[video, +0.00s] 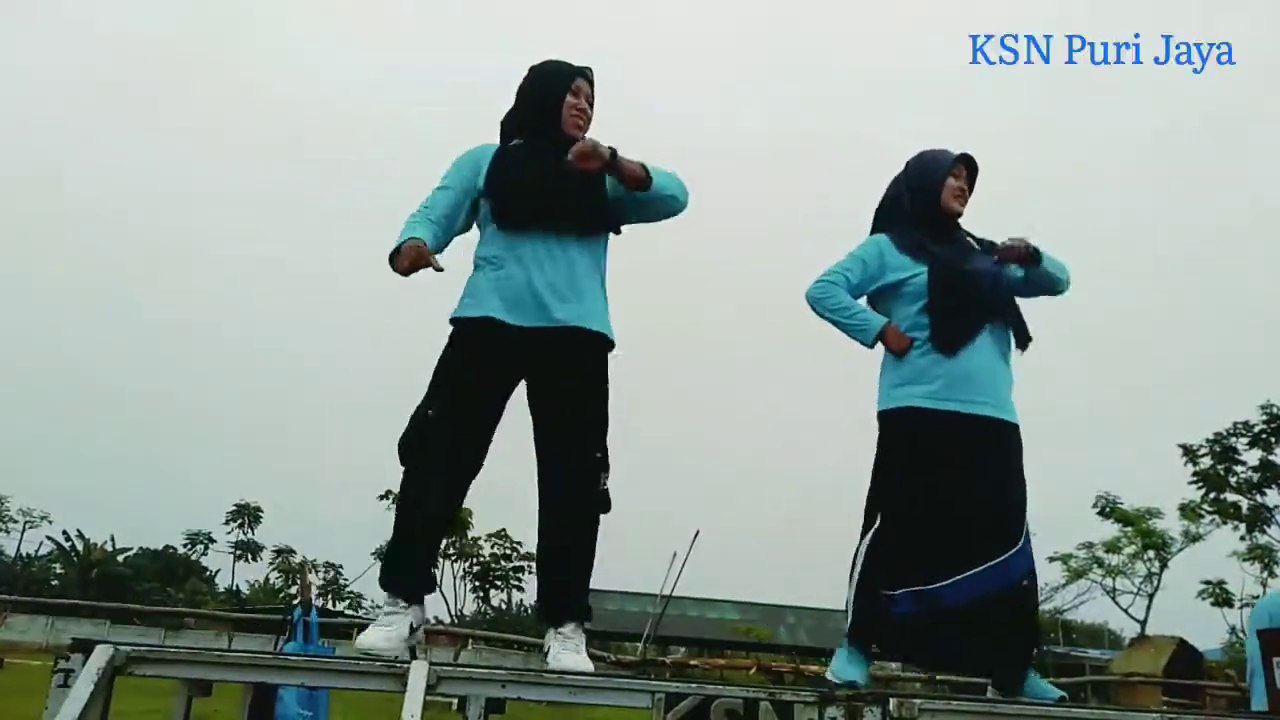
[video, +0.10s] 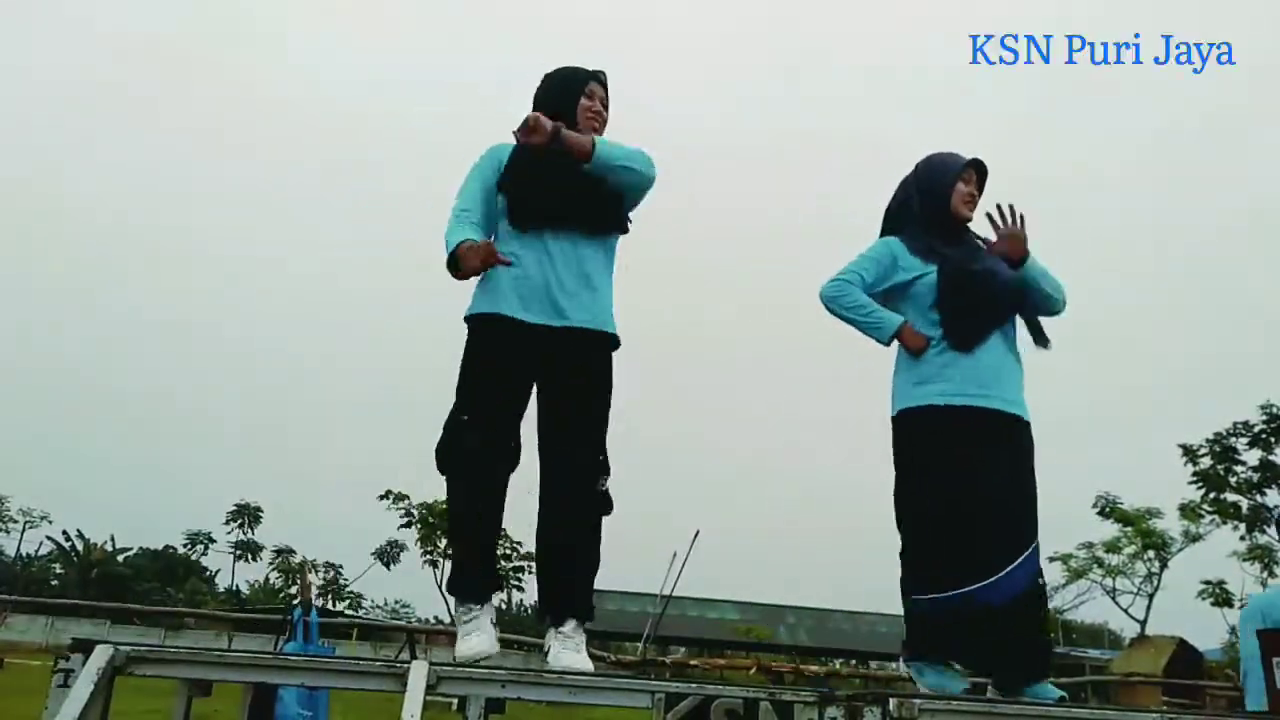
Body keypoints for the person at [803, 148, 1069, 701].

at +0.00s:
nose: (964, 188)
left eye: (967, 183)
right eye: (955, 178)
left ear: (966, 195)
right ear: (924, 180)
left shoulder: (985, 257)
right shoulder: (888, 246)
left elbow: (1058, 281)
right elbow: (824, 291)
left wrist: (1030, 258)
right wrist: (880, 329)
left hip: (991, 414)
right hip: (917, 408)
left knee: (1005, 536)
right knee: (895, 529)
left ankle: (1011, 668)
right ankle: (856, 647)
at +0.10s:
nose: (973, 192)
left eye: (976, 186)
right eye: (964, 181)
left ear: (976, 199)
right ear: (932, 184)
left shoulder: (990, 260)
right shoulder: (899, 248)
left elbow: (1053, 304)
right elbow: (837, 292)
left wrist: (1022, 262)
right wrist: (897, 328)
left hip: (1002, 412)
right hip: (931, 410)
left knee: (1011, 535)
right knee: (935, 533)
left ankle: (1021, 670)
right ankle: (929, 657)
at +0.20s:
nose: (977, 204)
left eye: (981, 199)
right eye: (969, 195)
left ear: (981, 207)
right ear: (938, 195)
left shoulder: (995, 267)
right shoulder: (904, 258)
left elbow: (1041, 324)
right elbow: (846, 301)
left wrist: (1050, 274)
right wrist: (907, 339)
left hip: (1013, 416)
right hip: (943, 417)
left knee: (1032, 538)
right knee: (957, 541)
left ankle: (1032, 673)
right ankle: (953, 667)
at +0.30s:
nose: (979, 199)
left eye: (984, 194)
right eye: (970, 189)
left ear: (985, 205)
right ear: (941, 192)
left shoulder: (997, 267)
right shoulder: (906, 255)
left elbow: (1054, 316)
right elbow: (847, 303)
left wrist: (1112, 279)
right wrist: (907, 339)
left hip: (1017, 414)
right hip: (946, 414)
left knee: (1061, 522)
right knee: (950, 536)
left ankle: (1058, 665)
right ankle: (939, 664)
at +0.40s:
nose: (983, 183)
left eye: (989, 177)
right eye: (973, 174)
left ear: (995, 190)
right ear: (945, 181)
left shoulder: (1011, 255)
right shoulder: (916, 244)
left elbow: (1072, 295)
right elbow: (852, 291)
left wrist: (1151, 279)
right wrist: (907, 324)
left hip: (1025, 405)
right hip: (951, 404)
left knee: (1069, 520)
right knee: (949, 529)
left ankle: (1079, 657)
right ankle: (939, 659)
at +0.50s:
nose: (990, 182)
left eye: (997, 174)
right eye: (978, 174)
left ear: (1006, 187)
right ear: (953, 185)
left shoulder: (1029, 252)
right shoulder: (930, 245)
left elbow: (1091, 278)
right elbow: (864, 289)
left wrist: (1166, 281)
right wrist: (916, 319)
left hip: (1034, 403)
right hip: (960, 402)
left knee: (1078, 524)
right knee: (957, 527)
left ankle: (1100, 659)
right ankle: (938, 657)